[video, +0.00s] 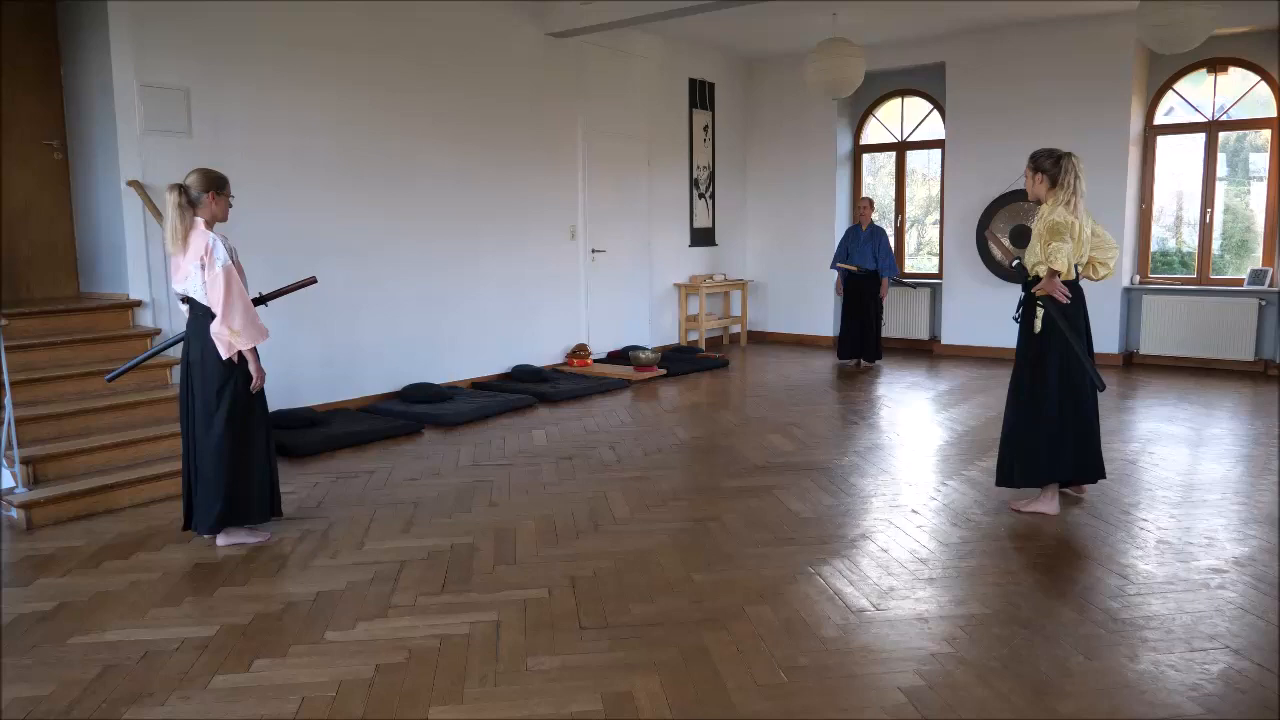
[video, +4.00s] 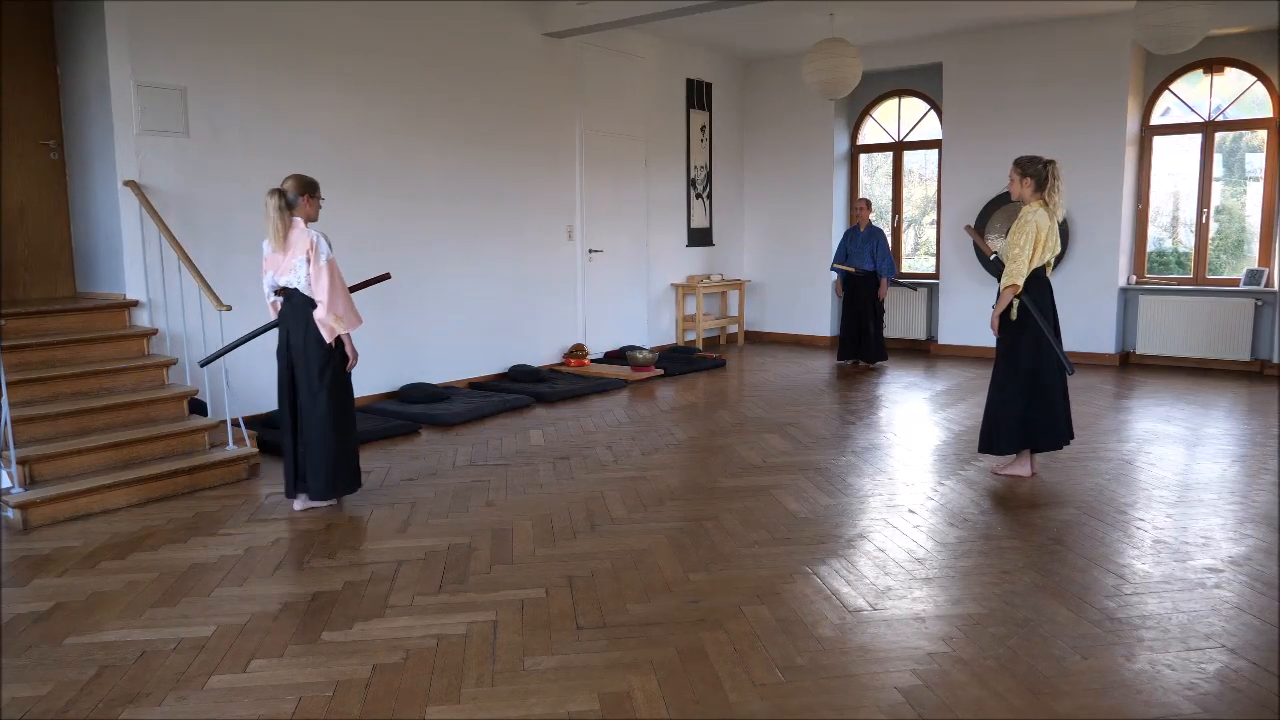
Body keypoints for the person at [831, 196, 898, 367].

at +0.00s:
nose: (861, 211)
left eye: (864, 208)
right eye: (859, 208)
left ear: (871, 210)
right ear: (856, 210)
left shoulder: (879, 233)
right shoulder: (850, 232)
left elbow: (885, 260)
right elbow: (841, 257)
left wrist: (884, 284)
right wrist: (839, 278)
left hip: (871, 278)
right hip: (852, 278)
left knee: (870, 318)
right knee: (852, 317)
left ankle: (869, 357)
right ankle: (854, 356)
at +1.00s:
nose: (864, 212)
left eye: (867, 209)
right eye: (861, 209)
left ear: (873, 211)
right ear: (858, 211)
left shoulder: (880, 233)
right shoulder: (852, 232)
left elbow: (887, 259)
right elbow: (843, 257)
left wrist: (887, 283)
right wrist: (842, 278)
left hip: (873, 278)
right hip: (854, 278)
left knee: (873, 317)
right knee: (855, 317)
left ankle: (871, 358)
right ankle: (855, 356)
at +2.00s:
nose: (858, 210)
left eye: (862, 208)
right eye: (856, 208)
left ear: (869, 210)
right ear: (853, 210)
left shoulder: (876, 232)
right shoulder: (849, 233)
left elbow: (883, 258)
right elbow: (841, 257)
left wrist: (883, 281)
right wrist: (839, 279)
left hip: (870, 278)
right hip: (851, 278)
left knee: (869, 317)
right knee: (853, 316)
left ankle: (869, 357)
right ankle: (856, 355)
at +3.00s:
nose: (860, 211)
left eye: (863, 208)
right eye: (858, 208)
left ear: (871, 211)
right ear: (855, 211)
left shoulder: (878, 233)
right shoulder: (851, 232)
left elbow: (886, 260)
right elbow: (842, 257)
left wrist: (885, 284)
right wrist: (840, 279)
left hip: (871, 279)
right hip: (853, 278)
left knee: (870, 318)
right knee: (853, 317)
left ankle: (870, 358)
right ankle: (855, 356)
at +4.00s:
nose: (858, 212)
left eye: (861, 209)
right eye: (856, 209)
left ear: (869, 211)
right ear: (853, 211)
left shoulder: (877, 233)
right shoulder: (849, 233)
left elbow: (884, 260)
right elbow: (840, 257)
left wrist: (883, 284)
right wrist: (838, 279)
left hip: (870, 279)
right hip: (851, 279)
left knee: (870, 318)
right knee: (851, 318)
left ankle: (870, 358)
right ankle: (853, 356)